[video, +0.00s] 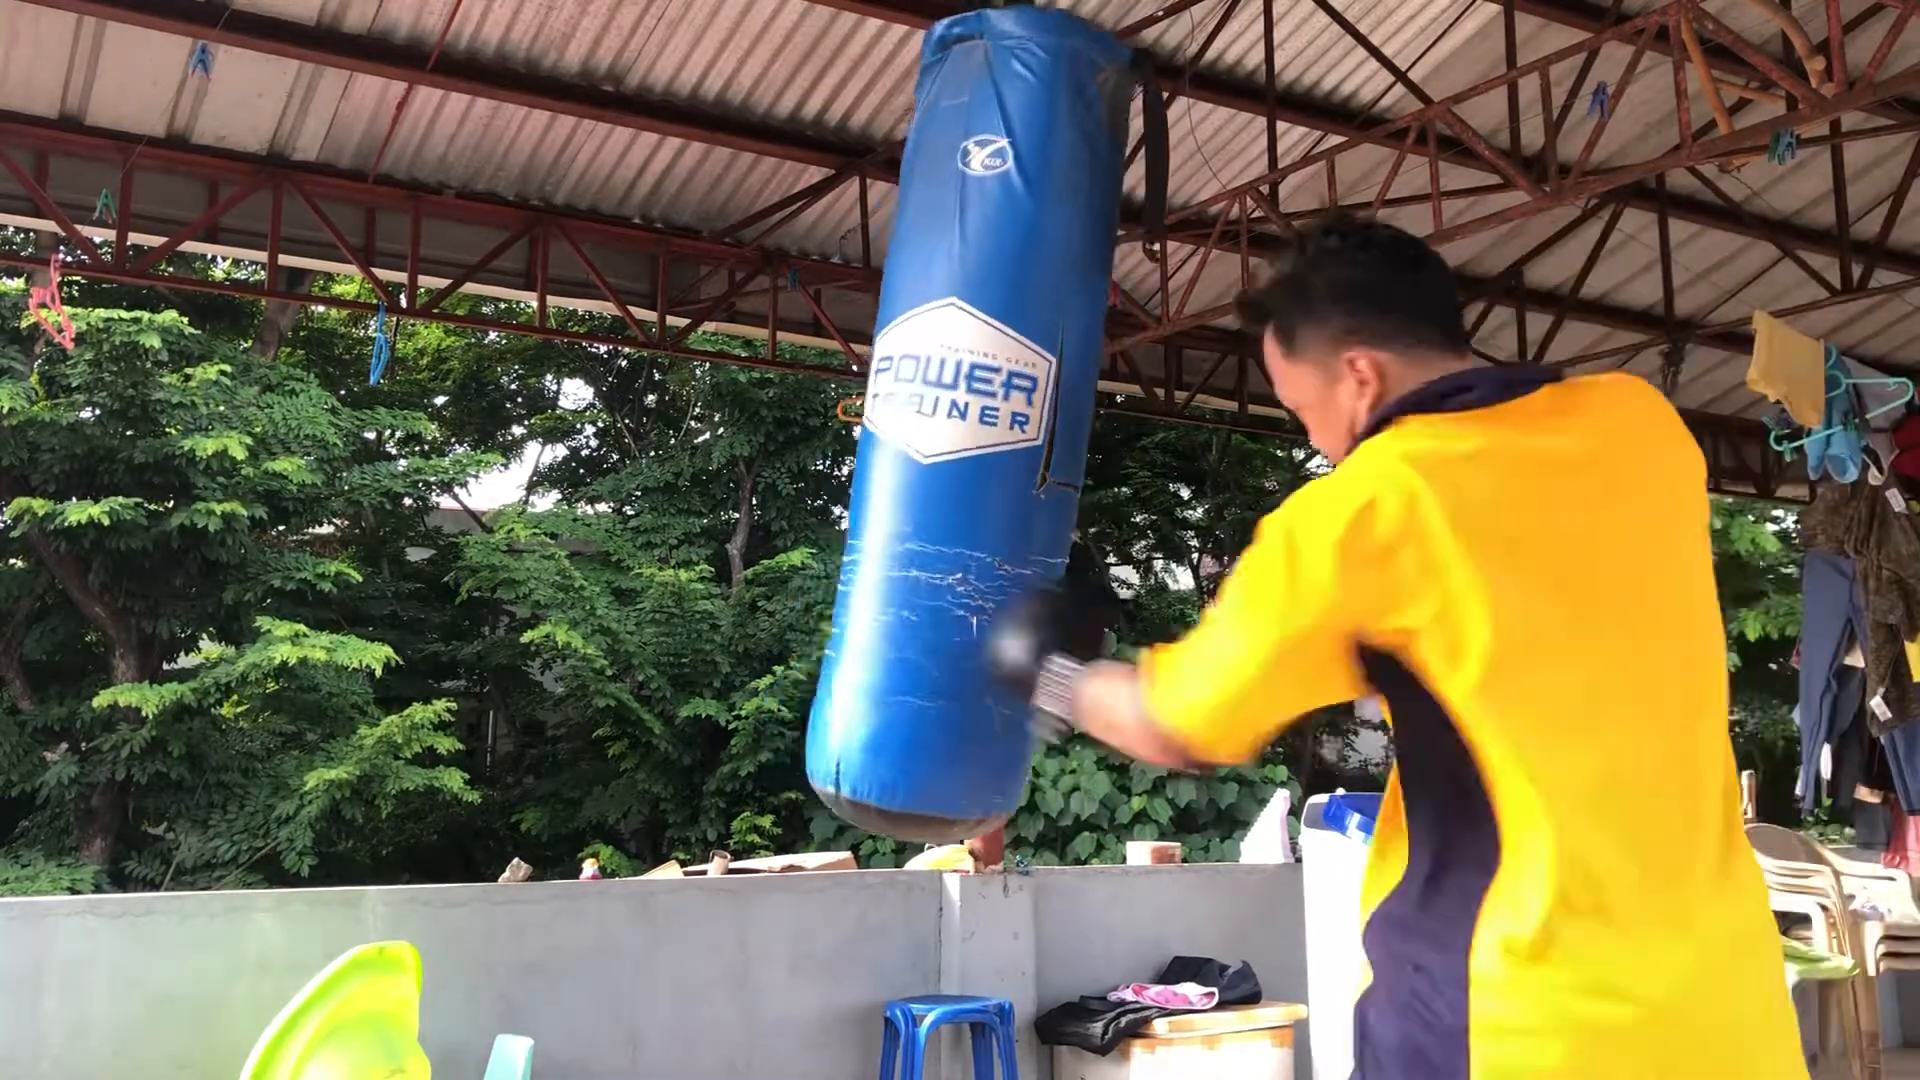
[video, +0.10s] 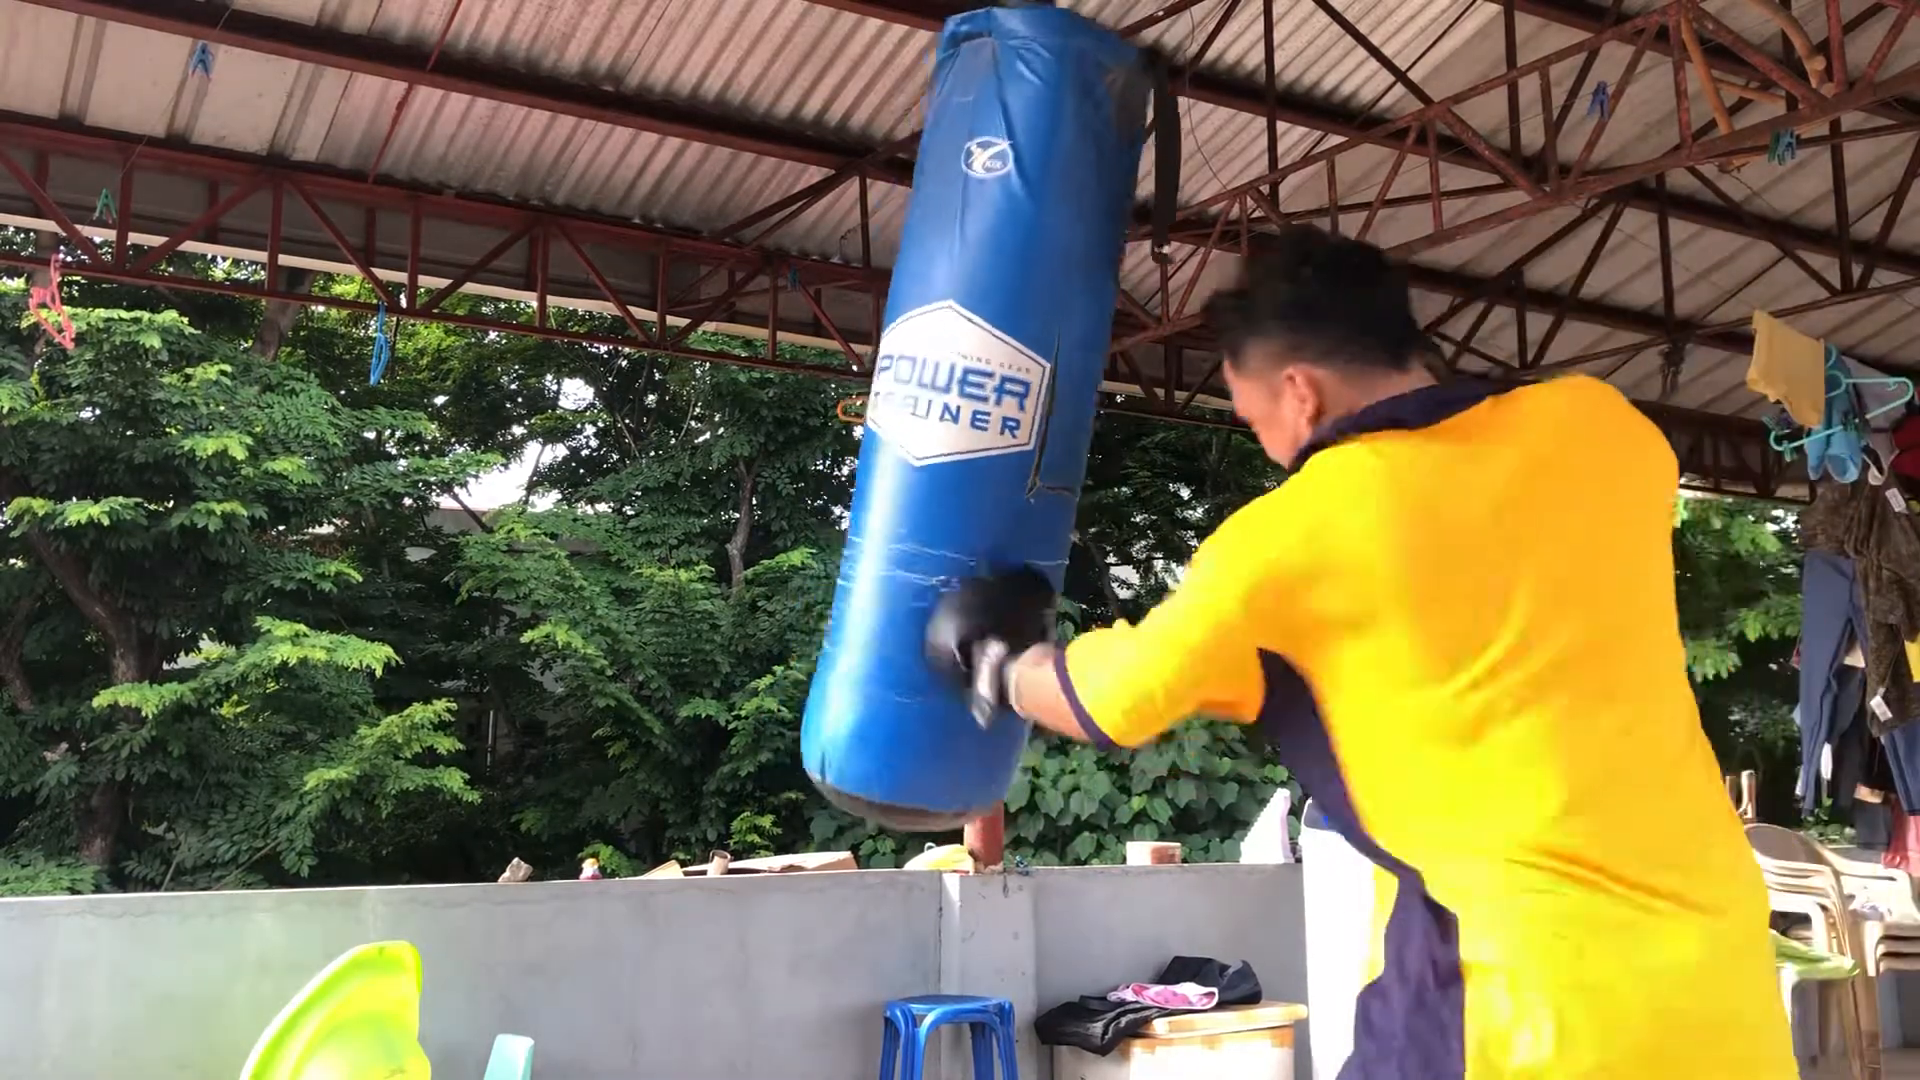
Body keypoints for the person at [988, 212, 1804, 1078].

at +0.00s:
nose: (1311, 446)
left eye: (1302, 413)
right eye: (1296, 419)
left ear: (1362, 374)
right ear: (1459, 342)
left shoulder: (1357, 513)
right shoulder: (1642, 417)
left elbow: (1181, 721)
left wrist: (1048, 670)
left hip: (1509, 1037)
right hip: (1736, 1021)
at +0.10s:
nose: (1255, 442)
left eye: (1247, 414)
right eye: (1244, 418)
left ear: (1297, 391)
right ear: (1410, 351)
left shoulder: (1294, 535)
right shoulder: (1610, 429)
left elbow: (1111, 695)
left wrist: (998, 657)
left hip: (1522, 1021)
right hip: (1736, 1008)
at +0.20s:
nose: (1240, 514)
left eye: (1227, 490)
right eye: (1223, 493)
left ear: (1274, 448)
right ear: (1366, 387)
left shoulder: (1327, 560)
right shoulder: (1567, 457)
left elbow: (1230, 839)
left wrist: (1126, 850)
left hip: (1515, 1030)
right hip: (1709, 1007)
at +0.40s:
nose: (1224, 440)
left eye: (1213, 410)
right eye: (1210, 417)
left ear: (1258, 383)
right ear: (1360, 355)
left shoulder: (1288, 470)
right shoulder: (1573, 462)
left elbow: (1334, 638)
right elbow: (1655, 673)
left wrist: (1205, 765)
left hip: (1402, 1034)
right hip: (1623, 1014)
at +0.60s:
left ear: (1198, 347)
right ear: (1361, 353)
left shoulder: (1134, 497)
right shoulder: (1461, 439)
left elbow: (1043, 583)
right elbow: (1654, 635)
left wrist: (1009, 546)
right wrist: (1500, 623)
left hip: (1280, 995)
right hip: (1509, 972)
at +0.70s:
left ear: (1212, 342)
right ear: (1373, 351)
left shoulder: (1124, 495)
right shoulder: (1479, 438)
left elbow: (1061, 670)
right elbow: (1634, 663)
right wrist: (1484, 609)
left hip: (1269, 1005)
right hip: (1517, 991)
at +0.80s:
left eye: (1245, 341)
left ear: (1254, 340)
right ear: (1420, 355)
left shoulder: (1156, 494)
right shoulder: (1522, 450)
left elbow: (1113, 764)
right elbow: (1640, 698)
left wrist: (1202, 805)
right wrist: (1500, 624)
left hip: (1298, 1019)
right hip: (1548, 1007)